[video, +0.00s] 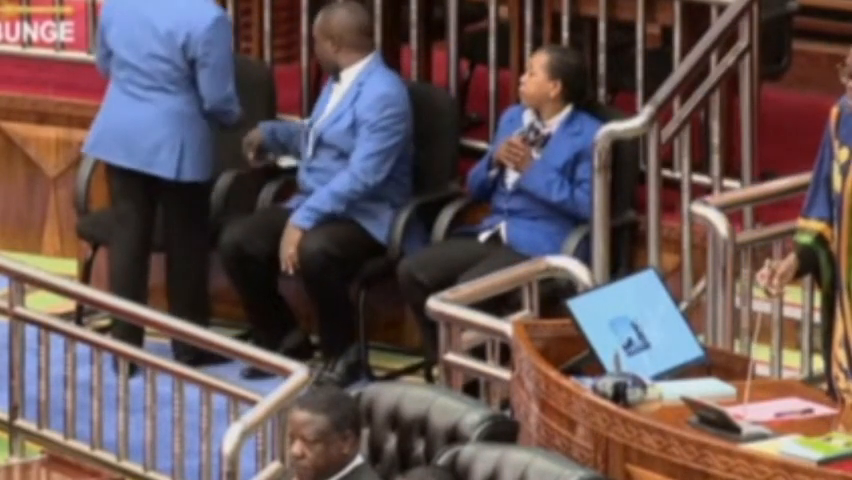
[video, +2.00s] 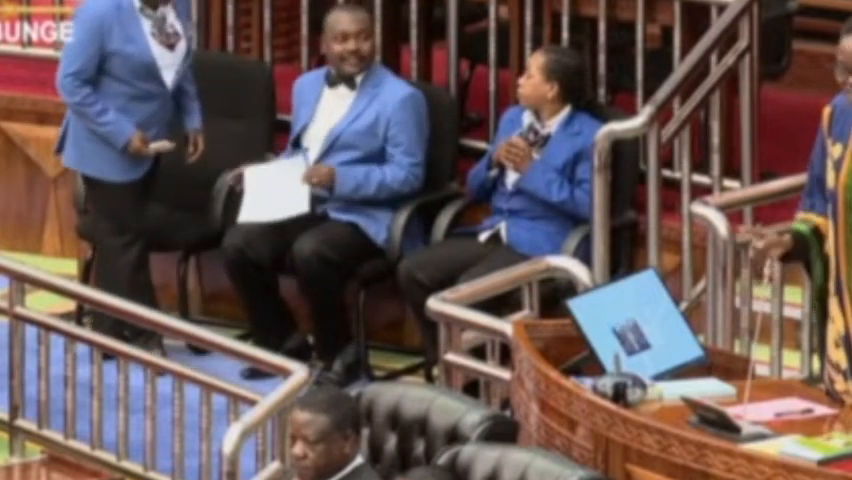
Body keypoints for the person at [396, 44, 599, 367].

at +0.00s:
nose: (522, 80)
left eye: (531, 74)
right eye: (525, 72)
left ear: (555, 88)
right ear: (551, 88)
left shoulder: (590, 135)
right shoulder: (513, 119)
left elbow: (589, 207)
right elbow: (476, 189)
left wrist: (530, 170)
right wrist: (495, 163)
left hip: (538, 250)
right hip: (494, 238)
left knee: (461, 298)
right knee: (413, 271)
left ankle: (480, 381)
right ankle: (448, 367)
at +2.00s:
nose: (519, 81)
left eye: (528, 76)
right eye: (523, 73)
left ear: (552, 89)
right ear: (549, 88)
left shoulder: (589, 135)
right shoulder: (512, 120)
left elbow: (590, 206)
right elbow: (475, 190)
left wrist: (529, 172)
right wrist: (494, 164)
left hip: (539, 251)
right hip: (494, 236)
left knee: (462, 296)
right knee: (414, 271)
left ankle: (482, 381)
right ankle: (445, 366)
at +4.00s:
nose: (522, 90)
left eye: (531, 83)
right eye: (522, 81)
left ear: (559, 92)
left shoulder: (589, 135)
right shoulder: (512, 120)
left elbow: (589, 206)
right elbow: (476, 188)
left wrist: (530, 172)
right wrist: (495, 164)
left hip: (539, 249)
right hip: (495, 235)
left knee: (464, 295)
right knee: (414, 271)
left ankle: (483, 380)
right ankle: (444, 365)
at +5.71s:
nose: (523, 91)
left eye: (532, 83)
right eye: (522, 81)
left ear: (561, 90)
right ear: (519, 83)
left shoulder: (590, 135)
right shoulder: (512, 119)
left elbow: (589, 206)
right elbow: (475, 190)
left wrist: (529, 171)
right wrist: (494, 164)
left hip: (539, 250)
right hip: (495, 237)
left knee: (462, 297)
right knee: (414, 271)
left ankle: (485, 379)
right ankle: (447, 364)